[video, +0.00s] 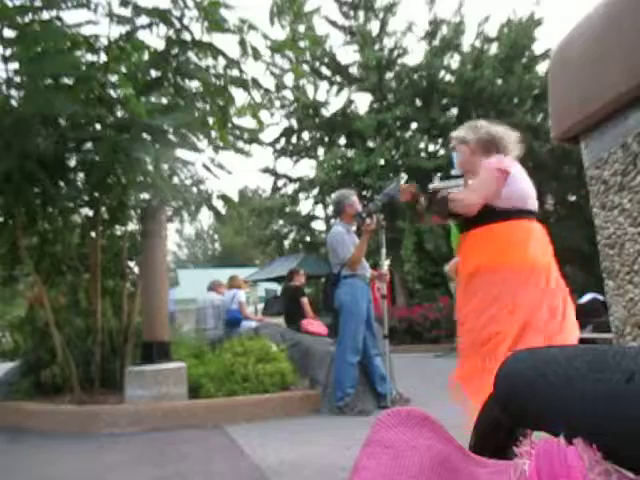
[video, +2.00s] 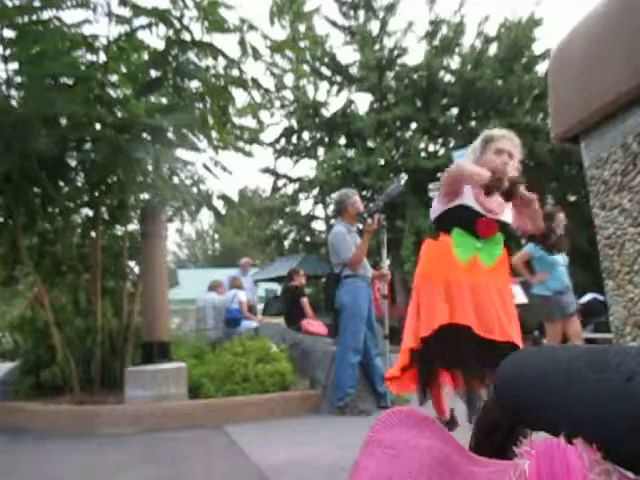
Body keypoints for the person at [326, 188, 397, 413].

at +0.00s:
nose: (360, 206)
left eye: (359, 202)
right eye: (355, 203)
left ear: (349, 208)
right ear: (345, 207)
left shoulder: (350, 233)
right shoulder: (337, 233)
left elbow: (358, 264)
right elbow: (352, 262)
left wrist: (374, 273)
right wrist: (365, 236)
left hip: (362, 284)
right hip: (350, 284)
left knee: (369, 343)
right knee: (350, 344)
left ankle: (386, 393)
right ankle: (344, 397)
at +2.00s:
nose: (361, 207)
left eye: (360, 203)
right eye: (357, 203)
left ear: (353, 207)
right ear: (346, 207)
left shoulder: (353, 232)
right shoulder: (338, 233)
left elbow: (358, 264)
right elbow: (353, 263)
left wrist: (375, 274)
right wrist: (367, 235)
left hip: (364, 284)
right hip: (351, 284)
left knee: (370, 342)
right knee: (351, 343)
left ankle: (383, 393)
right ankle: (344, 398)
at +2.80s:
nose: (362, 207)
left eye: (361, 202)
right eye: (358, 203)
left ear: (353, 207)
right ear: (347, 207)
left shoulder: (356, 231)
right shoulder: (337, 233)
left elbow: (360, 262)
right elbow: (350, 261)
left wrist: (374, 274)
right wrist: (361, 238)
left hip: (364, 283)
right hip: (350, 283)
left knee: (371, 342)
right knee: (349, 344)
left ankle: (385, 393)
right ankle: (343, 398)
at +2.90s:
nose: (361, 206)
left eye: (361, 202)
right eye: (357, 202)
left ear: (354, 207)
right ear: (346, 207)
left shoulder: (357, 231)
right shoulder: (337, 234)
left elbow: (366, 258)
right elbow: (346, 261)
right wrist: (362, 238)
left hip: (364, 285)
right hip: (347, 287)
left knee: (371, 342)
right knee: (348, 345)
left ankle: (384, 392)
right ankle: (343, 397)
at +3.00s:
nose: (361, 206)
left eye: (361, 202)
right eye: (357, 202)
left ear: (357, 207)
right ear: (346, 207)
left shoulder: (357, 231)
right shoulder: (337, 233)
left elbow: (365, 262)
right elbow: (348, 263)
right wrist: (362, 238)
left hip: (366, 282)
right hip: (348, 283)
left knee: (372, 342)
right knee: (348, 343)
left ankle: (385, 392)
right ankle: (344, 397)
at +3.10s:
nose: (362, 206)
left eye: (362, 202)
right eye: (357, 202)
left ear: (354, 207)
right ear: (346, 207)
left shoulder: (357, 232)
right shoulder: (337, 233)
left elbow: (363, 263)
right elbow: (347, 263)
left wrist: (376, 273)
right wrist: (360, 238)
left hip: (365, 283)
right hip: (349, 283)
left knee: (372, 341)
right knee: (348, 343)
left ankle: (385, 392)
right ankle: (343, 397)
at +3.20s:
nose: (361, 209)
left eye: (361, 205)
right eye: (356, 205)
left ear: (358, 207)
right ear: (345, 208)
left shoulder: (359, 231)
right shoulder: (337, 233)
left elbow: (367, 261)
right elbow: (347, 262)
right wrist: (359, 237)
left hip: (366, 282)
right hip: (349, 283)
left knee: (368, 338)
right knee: (347, 342)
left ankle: (377, 388)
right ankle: (344, 396)